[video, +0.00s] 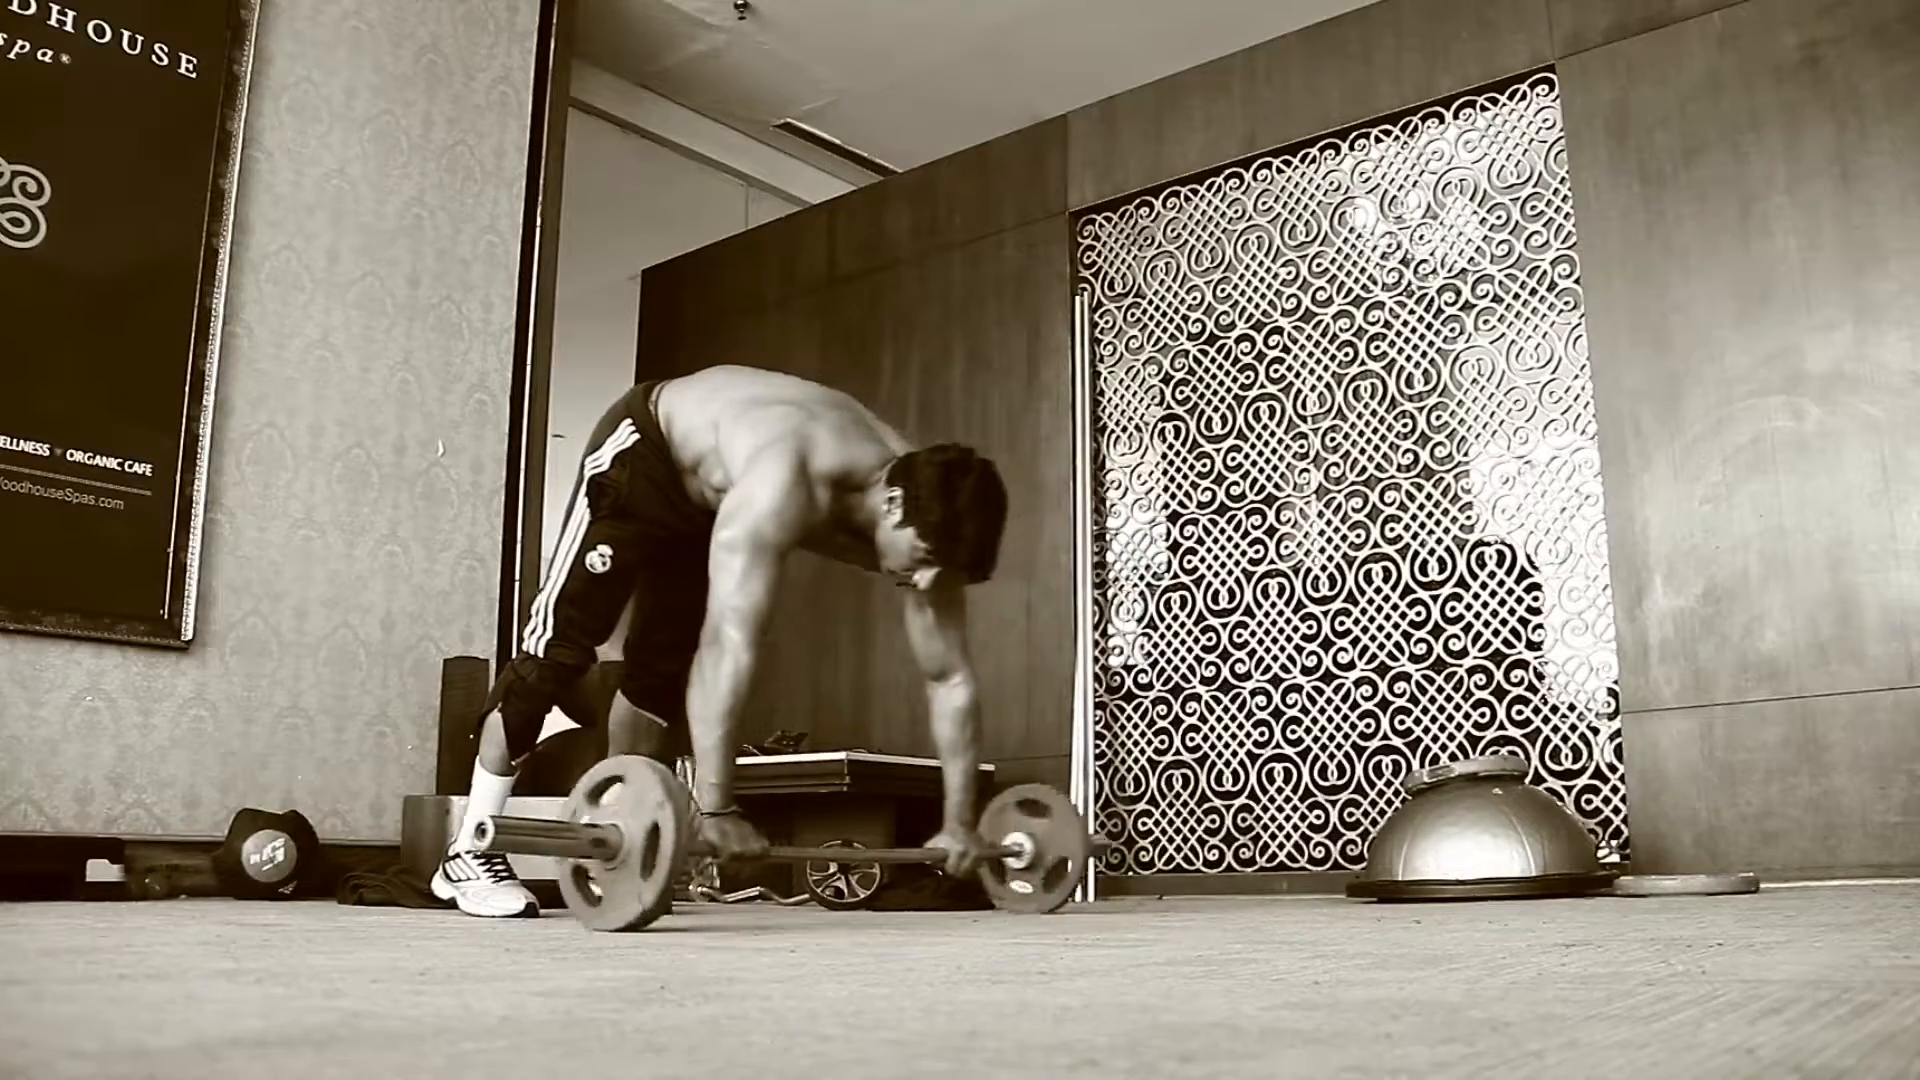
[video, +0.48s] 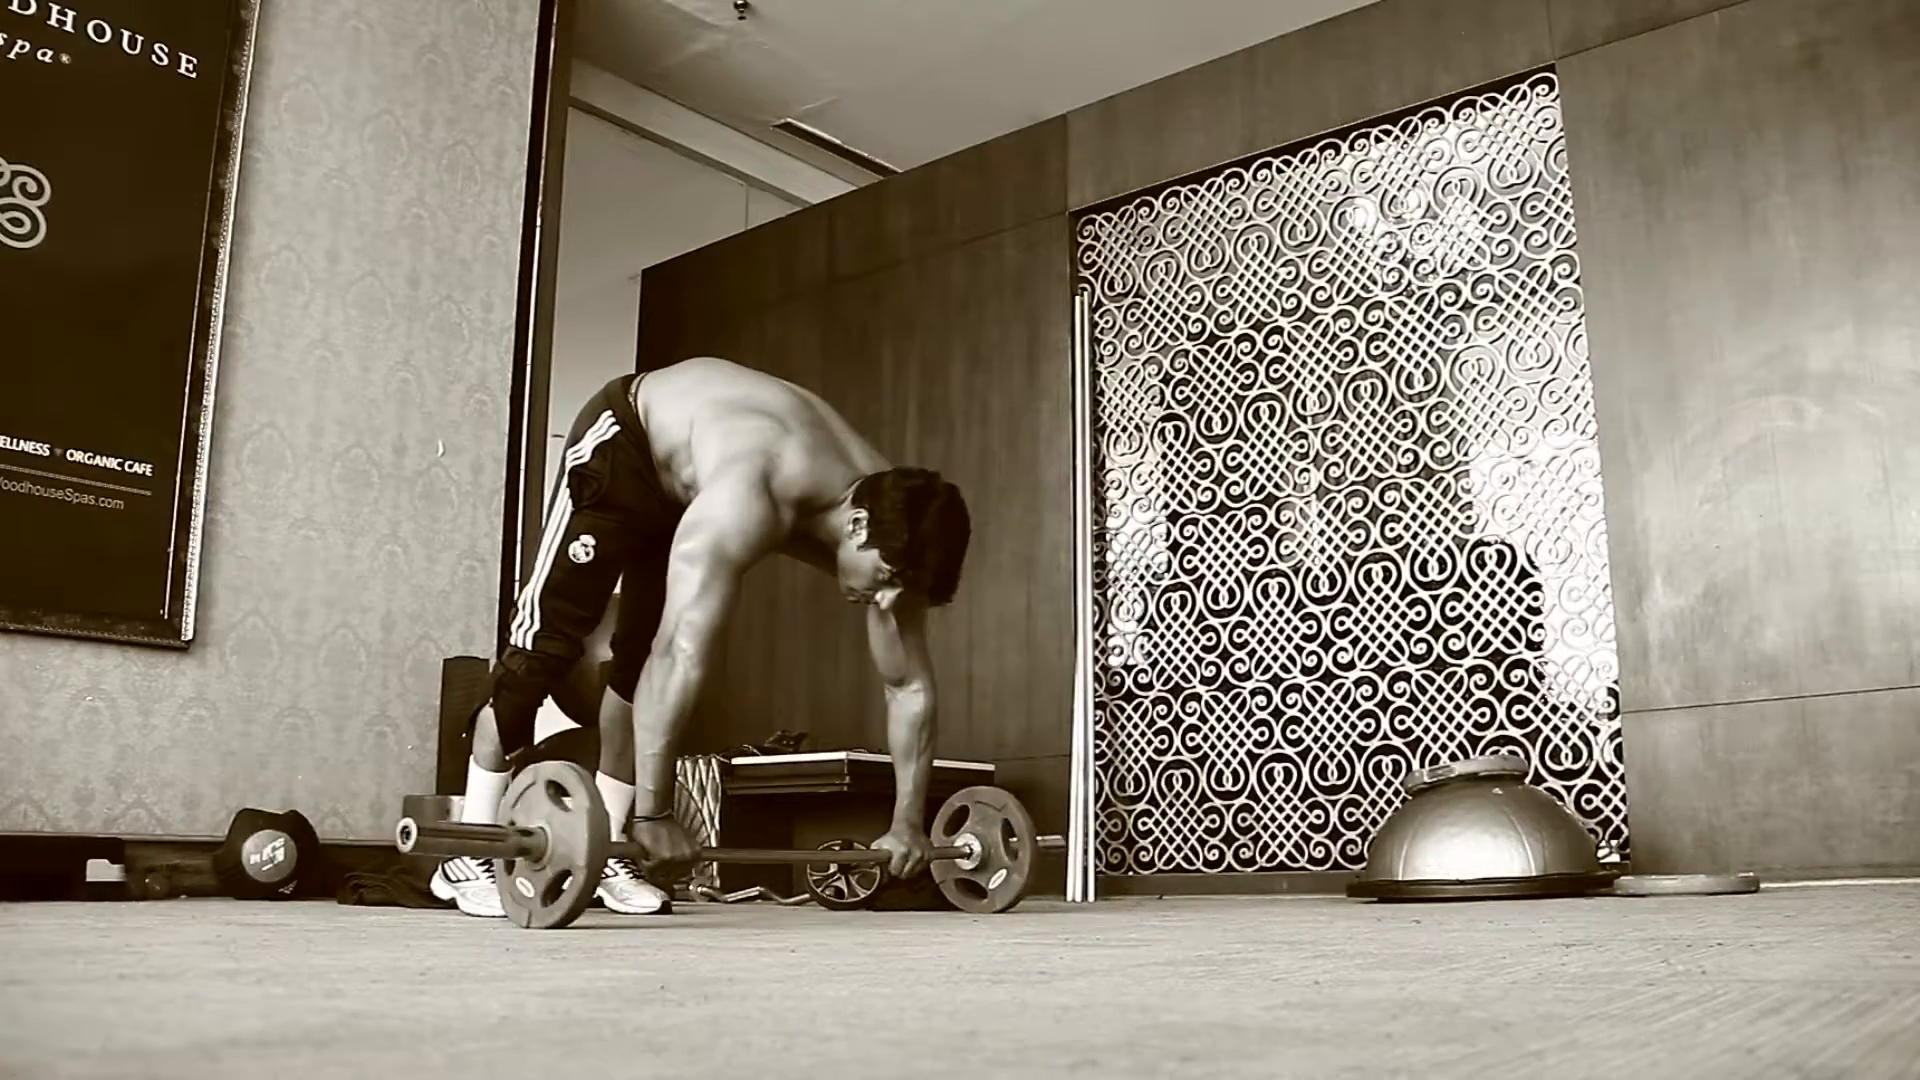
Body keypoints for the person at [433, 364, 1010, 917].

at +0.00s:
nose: (926, 582)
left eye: (943, 571)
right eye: (926, 561)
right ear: (894, 507)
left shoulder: (920, 511)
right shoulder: (781, 480)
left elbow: (950, 678)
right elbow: (729, 641)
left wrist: (959, 822)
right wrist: (713, 805)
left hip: (716, 501)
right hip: (642, 453)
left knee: (656, 682)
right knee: (556, 660)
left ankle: (620, 846)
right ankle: (470, 854)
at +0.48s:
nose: (884, 602)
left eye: (900, 594)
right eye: (885, 581)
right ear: (861, 527)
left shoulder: (882, 514)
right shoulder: (746, 499)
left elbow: (909, 686)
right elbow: (680, 652)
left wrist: (908, 822)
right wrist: (654, 810)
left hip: (699, 494)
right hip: (624, 442)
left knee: (640, 668)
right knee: (538, 657)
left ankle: (608, 858)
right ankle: (471, 854)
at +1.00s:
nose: (907, 580)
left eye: (924, 567)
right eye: (907, 556)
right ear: (873, 508)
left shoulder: (899, 511)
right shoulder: (761, 489)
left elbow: (941, 680)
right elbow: (716, 646)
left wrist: (961, 818)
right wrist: (710, 804)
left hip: (702, 506)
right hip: (625, 454)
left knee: (644, 691)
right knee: (545, 662)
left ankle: (610, 850)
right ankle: (466, 861)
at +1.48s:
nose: (1025, 549)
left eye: (1038, 536)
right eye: (1022, 526)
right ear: (978, 481)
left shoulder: (990, 526)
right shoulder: (861, 480)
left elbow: (1052, 671)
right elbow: (831, 641)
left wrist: (1092, 809)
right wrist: (851, 804)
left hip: (765, 553)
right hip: (685, 497)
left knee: (671, 703)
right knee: (582, 685)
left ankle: (597, 855)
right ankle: (469, 858)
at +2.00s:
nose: (1162, 537)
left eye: (1179, 524)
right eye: (1161, 512)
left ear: (1156, 495)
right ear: (1117, 464)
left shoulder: (1134, 535)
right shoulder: (1006, 477)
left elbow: (1224, 665)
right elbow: (1004, 628)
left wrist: (1298, 814)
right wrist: (1050, 793)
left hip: (852, 640)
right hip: (782, 585)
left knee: (725, 753)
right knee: (637, 728)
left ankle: (608, 843)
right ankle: (479, 840)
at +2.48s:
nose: (1246, 598)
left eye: (1262, 582)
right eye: (1249, 573)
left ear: (1249, 553)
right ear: (1213, 515)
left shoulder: (1198, 560)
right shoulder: (1104, 512)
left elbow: (1330, 674)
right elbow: (1125, 637)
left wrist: (1424, 786)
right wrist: (1205, 738)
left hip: (904, 707)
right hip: (849, 663)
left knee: (752, 785)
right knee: (671, 770)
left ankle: (627, 842)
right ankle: (505, 821)